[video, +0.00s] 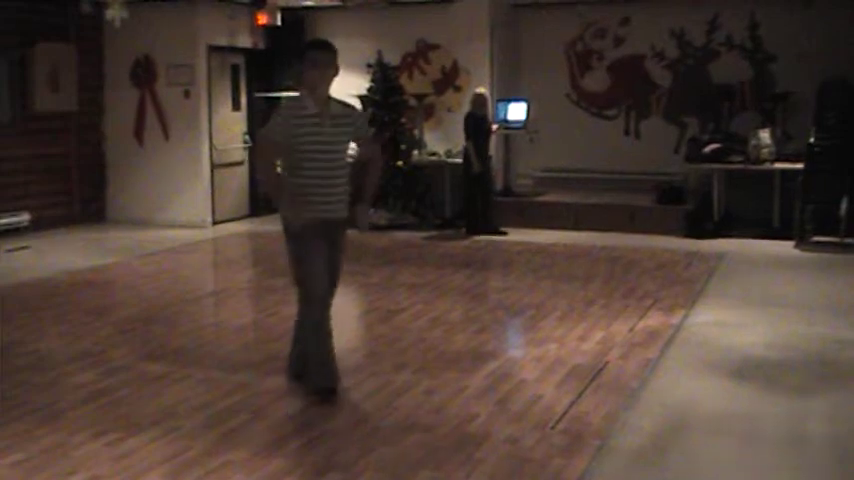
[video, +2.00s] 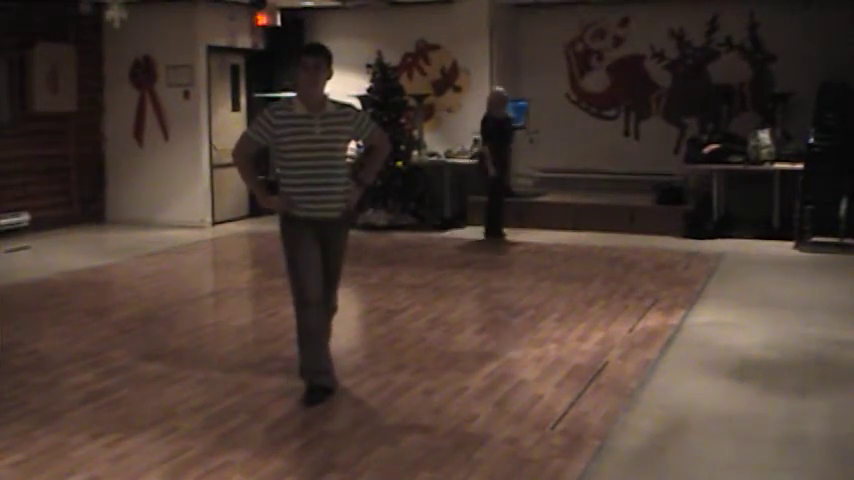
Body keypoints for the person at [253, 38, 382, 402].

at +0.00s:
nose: (321, 74)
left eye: (328, 67)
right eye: (315, 66)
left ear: (337, 71)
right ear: (303, 71)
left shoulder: (348, 115)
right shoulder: (289, 114)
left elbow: (372, 154)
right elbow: (262, 158)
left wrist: (363, 201)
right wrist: (282, 197)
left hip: (336, 216)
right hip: (301, 216)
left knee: (323, 292)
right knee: (315, 293)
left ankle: (300, 361)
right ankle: (323, 379)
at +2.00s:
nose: (310, 77)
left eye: (317, 70)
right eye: (305, 70)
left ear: (328, 75)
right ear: (295, 74)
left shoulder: (345, 115)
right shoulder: (277, 116)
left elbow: (382, 145)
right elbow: (240, 152)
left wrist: (360, 185)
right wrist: (261, 195)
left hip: (336, 218)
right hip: (297, 218)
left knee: (327, 297)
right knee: (310, 297)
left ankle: (315, 362)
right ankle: (318, 379)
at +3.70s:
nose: (330, 74)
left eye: (331, 68)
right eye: (323, 68)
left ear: (326, 72)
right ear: (304, 71)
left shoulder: (325, 111)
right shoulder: (291, 111)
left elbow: (334, 158)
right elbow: (275, 160)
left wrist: (337, 194)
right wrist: (290, 198)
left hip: (331, 212)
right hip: (308, 214)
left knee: (324, 290)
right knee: (328, 292)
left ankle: (311, 362)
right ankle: (328, 373)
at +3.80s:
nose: (333, 71)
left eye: (332, 66)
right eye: (327, 66)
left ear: (314, 72)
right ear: (308, 71)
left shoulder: (314, 108)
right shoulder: (299, 109)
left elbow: (311, 156)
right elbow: (290, 149)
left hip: (320, 211)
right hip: (311, 212)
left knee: (318, 287)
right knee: (334, 290)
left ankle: (305, 361)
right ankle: (330, 371)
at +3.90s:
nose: (327, 72)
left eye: (325, 65)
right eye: (323, 66)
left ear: (300, 71)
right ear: (312, 70)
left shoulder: (292, 105)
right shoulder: (315, 106)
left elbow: (277, 143)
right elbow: (327, 156)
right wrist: (333, 202)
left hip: (299, 209)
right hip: (319, 209)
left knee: (315, 288)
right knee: (336, 291)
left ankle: (304, 364)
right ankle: (333, 370)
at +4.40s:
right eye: (302, 67)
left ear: (275, 75)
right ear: (306, 71)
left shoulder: (263, 112)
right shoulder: (329, 107)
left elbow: (226, 150)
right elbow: (364, 142)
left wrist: (251, 181)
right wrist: (377, 172)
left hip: (287, 216)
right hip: (329, 212)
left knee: (290, 294)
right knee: (331, 296)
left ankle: (295, 368)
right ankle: (331, 376)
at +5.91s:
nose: (325, 71)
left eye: (323, 65)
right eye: (322, 65)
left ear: (287, 69)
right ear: (316, 69)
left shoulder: (269, 107)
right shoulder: (326, 108)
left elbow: (241, 142)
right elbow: (353, 154)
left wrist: (254, 175)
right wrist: (394, 179)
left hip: (285, 210)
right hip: (325, 208)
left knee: (292, 287)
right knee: (335, 285)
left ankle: (293, 363)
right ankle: (343, 361)